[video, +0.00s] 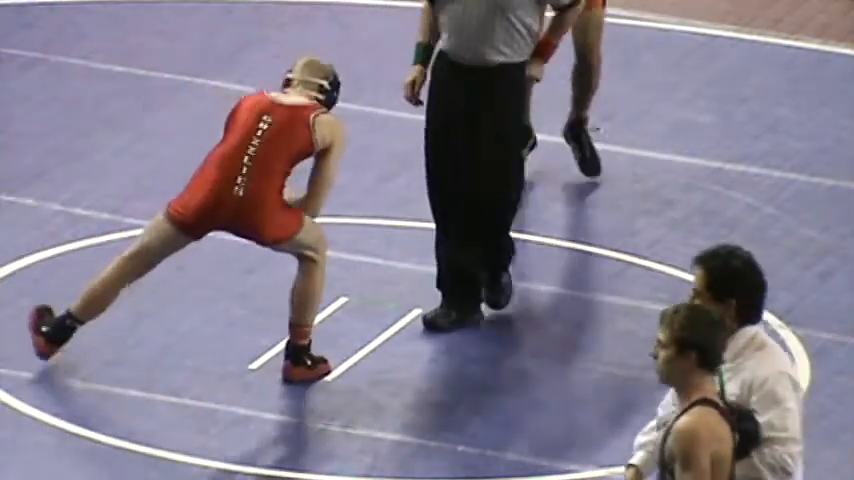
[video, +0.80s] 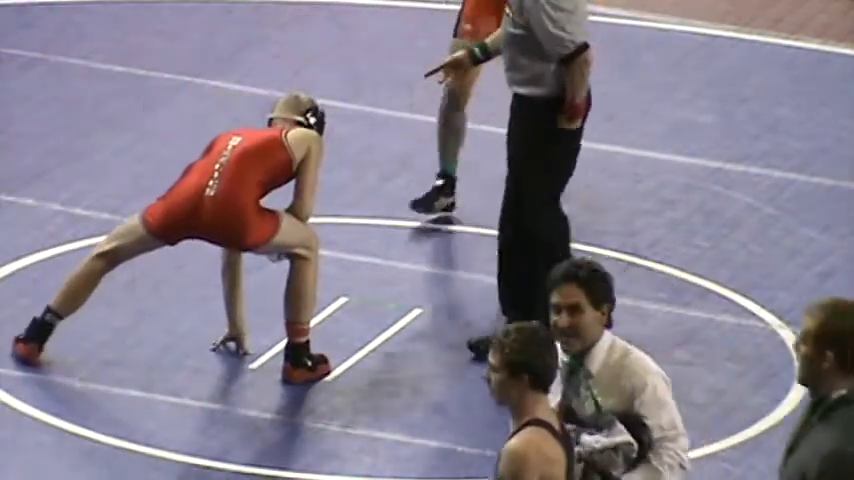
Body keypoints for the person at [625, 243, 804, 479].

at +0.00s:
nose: (689, 303)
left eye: (697, 296)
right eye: (692, 294)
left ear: (730, 309)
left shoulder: (771, 372)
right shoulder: (710, 351)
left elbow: (782, 461)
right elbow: (667, 415)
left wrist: (713, 472)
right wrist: (637, 466)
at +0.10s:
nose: (674, 307)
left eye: (681, 299)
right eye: (677, 297)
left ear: (712, 315)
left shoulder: (753, 379)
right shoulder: (691, 357)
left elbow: (763, 466)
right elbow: (651, 423)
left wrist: (691, 470)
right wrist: (624, 469)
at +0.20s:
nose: (656, 317)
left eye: (665, 310)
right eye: (659, 306)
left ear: (695, 319)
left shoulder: (734, 382)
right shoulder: (678, 361)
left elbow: (745, 468)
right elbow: (633, 428)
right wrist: (607, 471)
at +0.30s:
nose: (644, 317)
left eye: (653, 311)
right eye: (645, 307)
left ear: (688, 319)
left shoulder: (719, 383)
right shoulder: (658, 362)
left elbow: (730, 468)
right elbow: (619, 427)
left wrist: (655, 471)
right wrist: (589, 470)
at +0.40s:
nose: (632, 322)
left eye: (644, 315)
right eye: (631, 310)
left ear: (679, 317)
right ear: (628, 302)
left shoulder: (706, 382)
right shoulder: (638, 362)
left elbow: (716, 468)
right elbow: (605, 426)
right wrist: (575, 469)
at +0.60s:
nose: (604, 322)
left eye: (617, 311)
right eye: (600, 308)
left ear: (649, 315)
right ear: (595, 306)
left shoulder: (679, 379)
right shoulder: (594, 357)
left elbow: (695, 464)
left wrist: (637, 477)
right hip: (591, 468)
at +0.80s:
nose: (562, 322)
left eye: (574, 311)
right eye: (556, 311)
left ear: (604, 313)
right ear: (548, 313)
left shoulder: (640, 374)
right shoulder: (552, 362)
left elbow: (672, 457)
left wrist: (627, 477)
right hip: (563, 470)